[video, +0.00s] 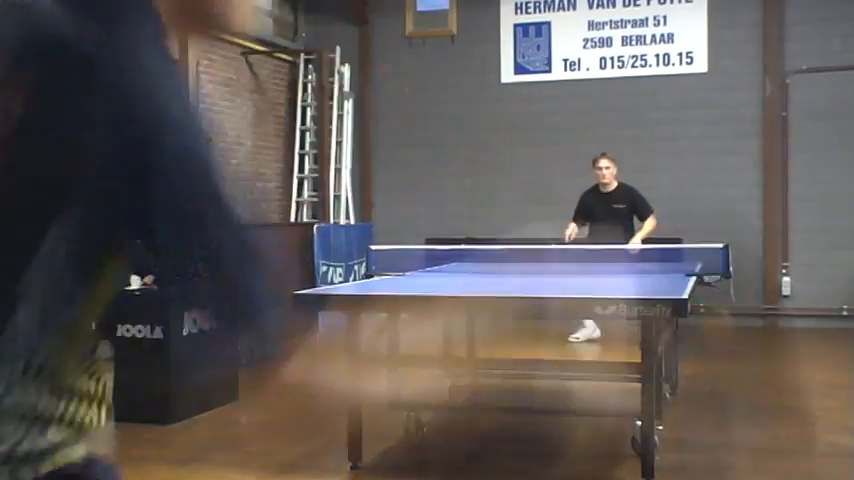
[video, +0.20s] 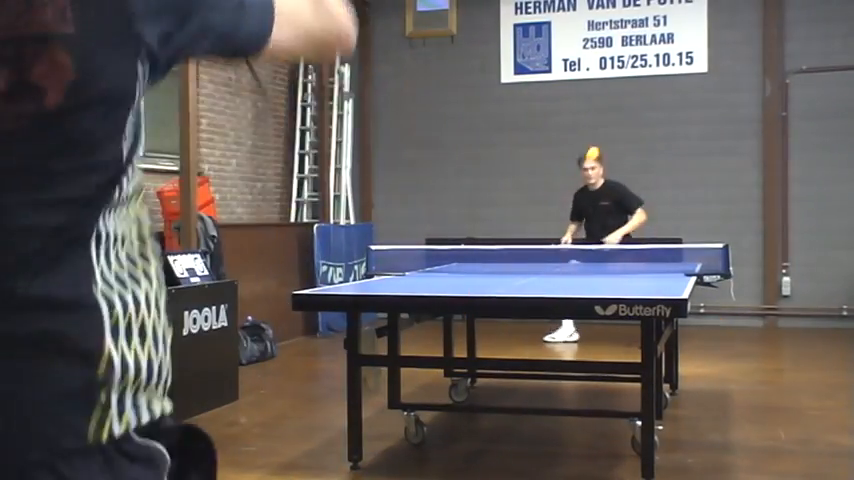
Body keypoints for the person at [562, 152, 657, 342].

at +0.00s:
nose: (603, 172)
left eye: (607, 168)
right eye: (599, 169)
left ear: (615, 170)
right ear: (594, 172)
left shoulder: (628, 193)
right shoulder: (588, 196)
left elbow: (651, 220)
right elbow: (578, 221)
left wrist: (637, 238)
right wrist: (572, 229)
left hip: (621, 254)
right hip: (592, 255)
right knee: (577, 280)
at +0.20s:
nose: (589, 173)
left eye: (593, 168)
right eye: (585, 170)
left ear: (601, 169)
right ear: (581, 172)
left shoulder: (616, 190)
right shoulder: (580, 196)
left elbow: (641, 215)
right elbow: (575, 222)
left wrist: (619, 234)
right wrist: (568, 235)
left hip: (621, 253)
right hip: (592, 253)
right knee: (567, 271)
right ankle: (568, 326)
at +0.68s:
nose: (589, 176)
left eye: (593, 171)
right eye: (588, 172)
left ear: (606, 171)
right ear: (587, 176)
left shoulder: (619, 189)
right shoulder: (593, 200)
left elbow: (624, 197)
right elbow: (573, 223)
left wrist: (591, 190)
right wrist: (552, 209)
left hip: (621, 254)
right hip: (595, 254)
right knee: (562, 273)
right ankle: (566, 326)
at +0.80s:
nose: (604, 166)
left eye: (609, 163)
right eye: (602, 163)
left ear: (621, 167)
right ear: (600, 165)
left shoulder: (631, 190)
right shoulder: (591, 184)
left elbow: (664, 202)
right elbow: (566, 185)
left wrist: (649, 177)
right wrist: (574, 162)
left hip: (619, 251)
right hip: (588, 250)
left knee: (636, 270)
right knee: (565, 275)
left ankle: (655, 326)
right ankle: (565, 328)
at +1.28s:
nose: (663, 159)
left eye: (667, 155)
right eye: (660, 155)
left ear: (676, 158)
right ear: (655, 157)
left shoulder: (684, 185)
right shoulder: (643, 178)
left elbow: (701, 214)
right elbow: (616, 191)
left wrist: (691, 218)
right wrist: (620, 174)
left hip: (670, 245)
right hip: (639, 242)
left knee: (677, 283)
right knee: (622, 272)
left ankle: (682, 321)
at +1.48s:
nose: (650, 178)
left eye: (652, 172)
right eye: (647, 173)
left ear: (666, 164)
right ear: (663, 166)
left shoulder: (687, 181)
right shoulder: (672, 180)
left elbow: (690, 227)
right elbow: (675, 216)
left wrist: (649, 237)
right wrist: (657, 228)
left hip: (715, 238)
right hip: (700, 237)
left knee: (690, 293)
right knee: (689, 293)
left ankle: (709, 351)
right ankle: (709, 350)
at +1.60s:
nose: (651, 181)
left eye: (654, 175)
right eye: (649, 176)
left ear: (670, 167)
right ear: (667, 169)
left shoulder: (690, 185)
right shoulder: (673, 185)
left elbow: (686, 231)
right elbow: (670, 220)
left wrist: (646, 229)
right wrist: (649, 220)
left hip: (715, 243)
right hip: (698, 242)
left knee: (680, 293)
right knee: (680, 294)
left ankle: (706, 349)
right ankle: (709, 348)